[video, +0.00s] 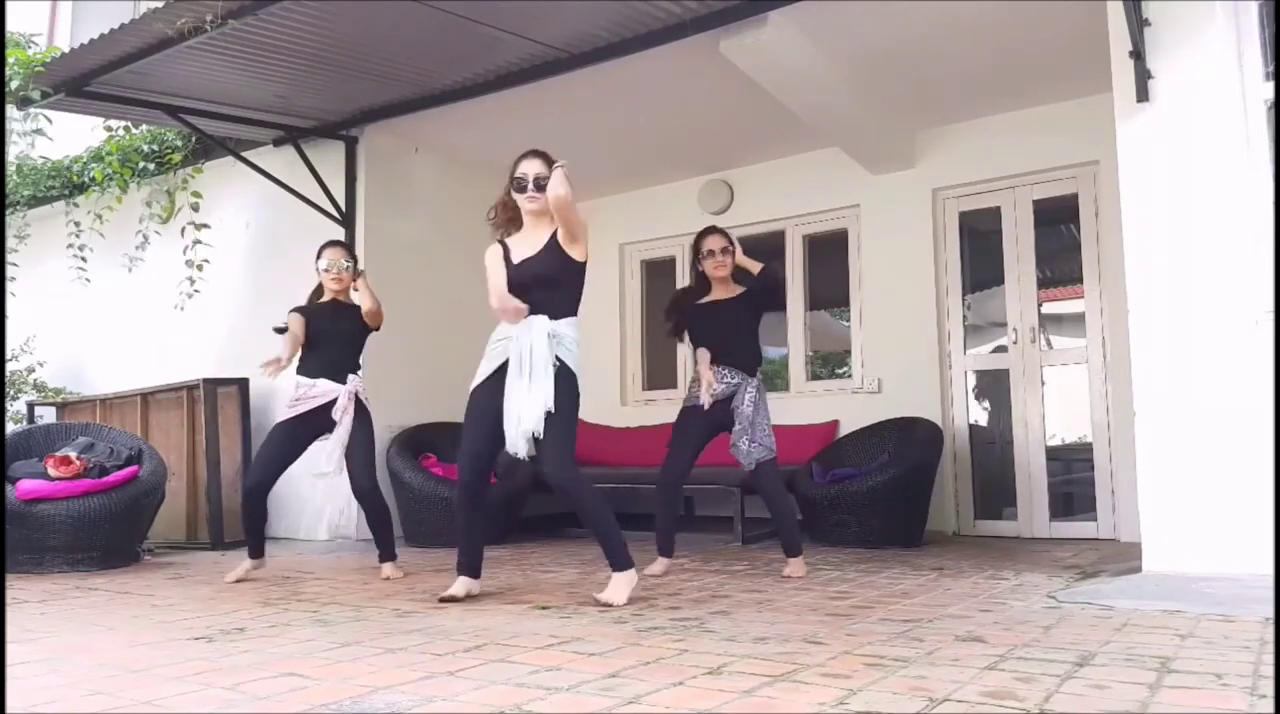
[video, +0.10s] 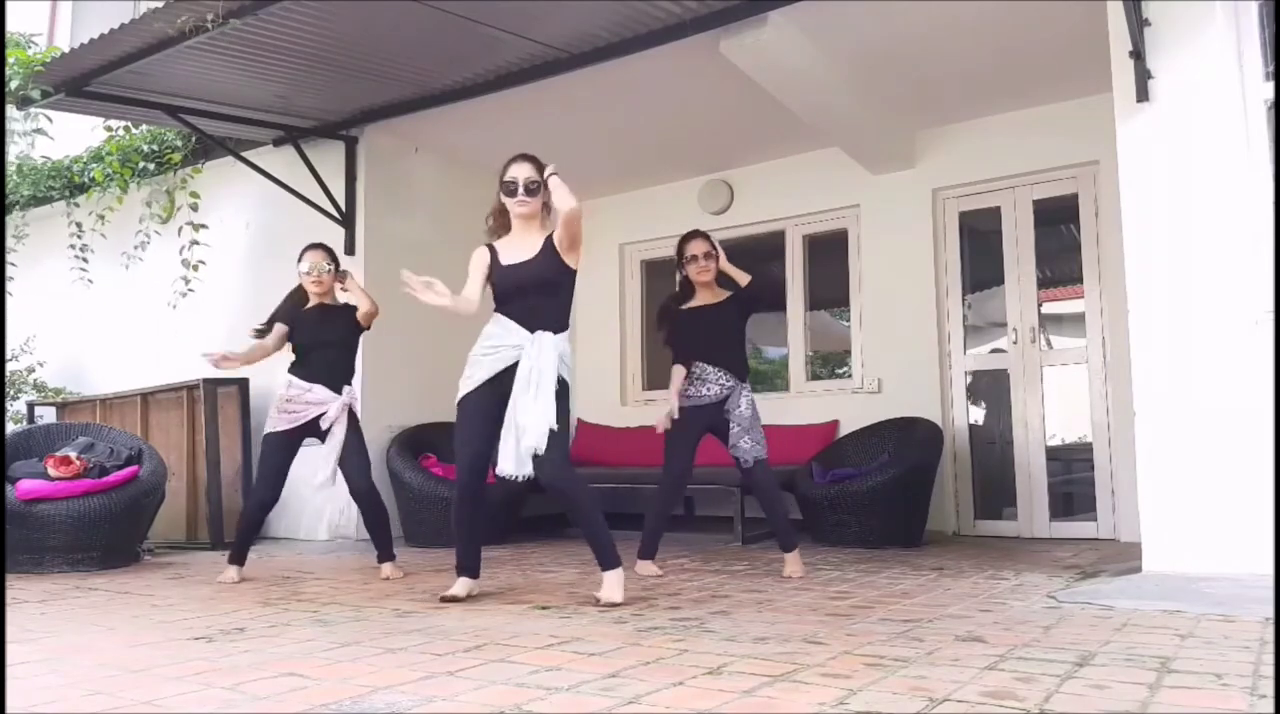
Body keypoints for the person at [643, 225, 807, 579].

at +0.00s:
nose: (718, 259)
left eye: (724, 252)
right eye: (709, 254)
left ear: (733, 258)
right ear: (699, 262)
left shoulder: (752, 294)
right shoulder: (693, 303)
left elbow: (779, 284)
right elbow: (699, 341)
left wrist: (743, 260)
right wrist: (703, 362)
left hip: (746, 392)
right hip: (706, 392)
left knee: (766, 477)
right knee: (670, 473)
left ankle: (795, 555)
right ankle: (664, 554)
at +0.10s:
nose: (702, 263)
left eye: (708, 256)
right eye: (693, 259)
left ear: (717, 260)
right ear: (683, 267)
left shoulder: (737, 299)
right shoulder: (678, 311)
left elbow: (771, 293)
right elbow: (680, 359)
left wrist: (726, 267)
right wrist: (671, 402)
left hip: (734, 401)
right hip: (690, 402)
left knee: (759, 477)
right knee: (672, 480)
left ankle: (790, 550)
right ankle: (645, 558)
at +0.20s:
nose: (691, 263)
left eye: (697, 257)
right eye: (682, 259)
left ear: (707, 262)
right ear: (673, 268)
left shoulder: (728, 301)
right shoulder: (670, 313)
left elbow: (758, 296)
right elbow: (653, 353)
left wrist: (720, 268)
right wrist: (636, 377)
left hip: (724, 401)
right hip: (680, 402)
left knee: (762, 469)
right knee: (670, 482)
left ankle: (765, 549)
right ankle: (642, 558)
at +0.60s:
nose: (705, 255)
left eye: (713, 249)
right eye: (698, 250)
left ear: (727, 254)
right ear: (691, 256)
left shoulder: (745, 299)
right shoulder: (682, 305)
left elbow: (778, 316)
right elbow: (670, 349)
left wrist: (766, 269)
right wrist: (670, 378)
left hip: (736, 393)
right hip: (693, 392)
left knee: (755, 479)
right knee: (661, 474)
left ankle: (788, 556)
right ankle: (666, 551)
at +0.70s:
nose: (702, 253)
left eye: (711, 247)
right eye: (696, 247)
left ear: (724, 254)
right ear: (689, 255)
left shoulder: (741, 296)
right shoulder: (682, 307)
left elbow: (789, 330)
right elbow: (671, 354)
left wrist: (803, 303)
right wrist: (687, 350)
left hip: (738, 394)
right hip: (699, 397)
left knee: (751, 476)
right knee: (659, 471)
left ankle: (788, 557)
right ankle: (687, 555)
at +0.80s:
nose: (700, 249)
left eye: (708, 243)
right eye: (693, 243)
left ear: (720, 250)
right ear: (686, 251)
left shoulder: (735, 290)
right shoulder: (683, 296)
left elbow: (787, 328)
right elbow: (664, 345)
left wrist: (836, 333)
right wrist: (676, 304)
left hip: (731, 390)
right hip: (698, 391)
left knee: (743, 474)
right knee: (661, 469)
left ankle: (788, 555)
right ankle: (688, 557)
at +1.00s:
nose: (705, 244)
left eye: (713, 238)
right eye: (698, 239)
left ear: (726, 246)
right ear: (690, 248)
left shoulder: (743, 289)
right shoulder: (690, 299)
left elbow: (782, 334)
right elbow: (653, 335)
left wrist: (827, 369)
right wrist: (665, 301)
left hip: (732, 391)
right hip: (694, 390)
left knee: (751, 478)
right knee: (670, 475)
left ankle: (800, 553)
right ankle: (677, 557)